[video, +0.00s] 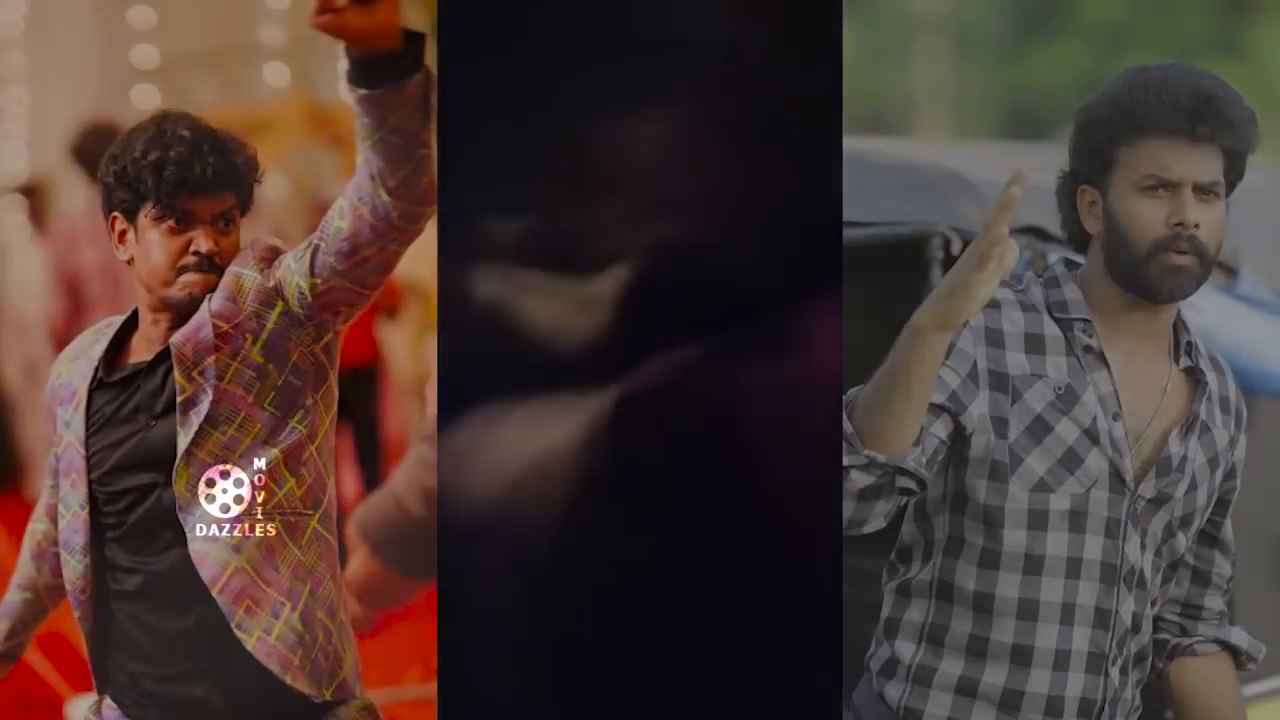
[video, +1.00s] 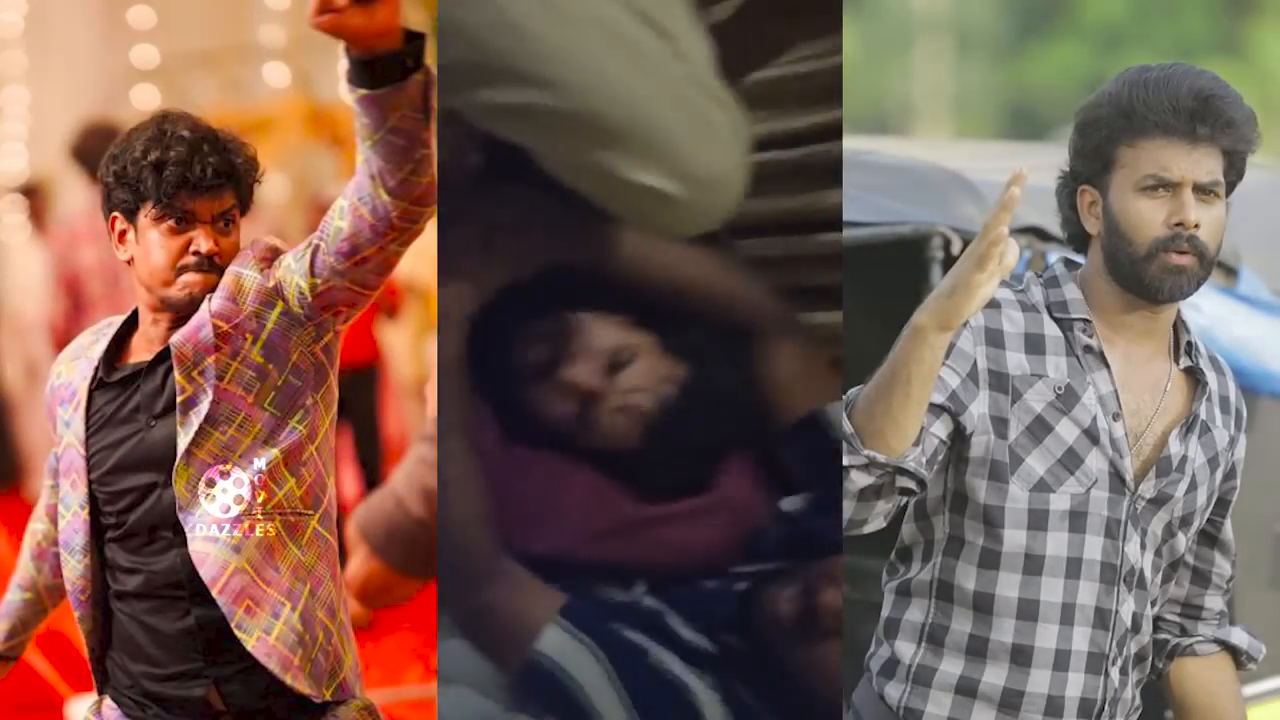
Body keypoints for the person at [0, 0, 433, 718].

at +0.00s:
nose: (205, 245)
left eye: (223, 223)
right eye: (178, 222)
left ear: (243, 230)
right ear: (122, 236)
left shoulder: (285, 313)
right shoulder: (75, 372)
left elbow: (393, 200)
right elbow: (55, 527)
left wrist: (381, 53)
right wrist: (7, 637)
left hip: (285, 702)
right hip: (138, 704)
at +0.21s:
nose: (206, 245)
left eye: (224, 223)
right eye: (179, 222)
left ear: (243, 230)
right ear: (123, 237)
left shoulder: (287, 312)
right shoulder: (76, 372)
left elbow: (394, 199)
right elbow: (55, 527)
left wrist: (381, 52)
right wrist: (7, 637)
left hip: (288, 702)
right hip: (139, 705)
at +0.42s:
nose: (205, 245)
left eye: (224, 222)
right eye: (178, 222)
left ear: (243, 230)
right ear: (122, 236)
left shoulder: (286, 313)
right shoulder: (75, 372)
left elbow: (393, 201)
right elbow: (56, 522)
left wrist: (381, 52)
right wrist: (8, 634)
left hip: (289, 701)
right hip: (140, 705)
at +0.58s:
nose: (206, 245)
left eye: (224, 222)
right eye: (179, 222)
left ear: (243, 230)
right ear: (122, 236)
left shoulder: (287, 312)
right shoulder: (76, 372)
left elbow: (394, 201)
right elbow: (56, 523)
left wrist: (381, 52)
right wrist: (7, 635)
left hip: (290, 701)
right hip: (141, 705)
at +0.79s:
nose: (206, 245)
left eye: (224, 222)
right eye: (179, 222)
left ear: (243, 230)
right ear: (122, 237)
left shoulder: (287, 312)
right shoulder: (76, 373)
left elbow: (394, 200)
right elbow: (56, 523)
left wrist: (381, 52)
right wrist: (7, 635)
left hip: (291, 700)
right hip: (140, 705)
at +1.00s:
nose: (206, 245)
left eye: (223, 222)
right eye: (179, 222)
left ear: (243, 230)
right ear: (122, 236)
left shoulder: (287, 312)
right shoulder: (76, 373)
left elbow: (394, 199)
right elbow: (56, 524)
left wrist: (380, 52)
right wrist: (7, 634)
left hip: (290, 700)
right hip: (140, 705)